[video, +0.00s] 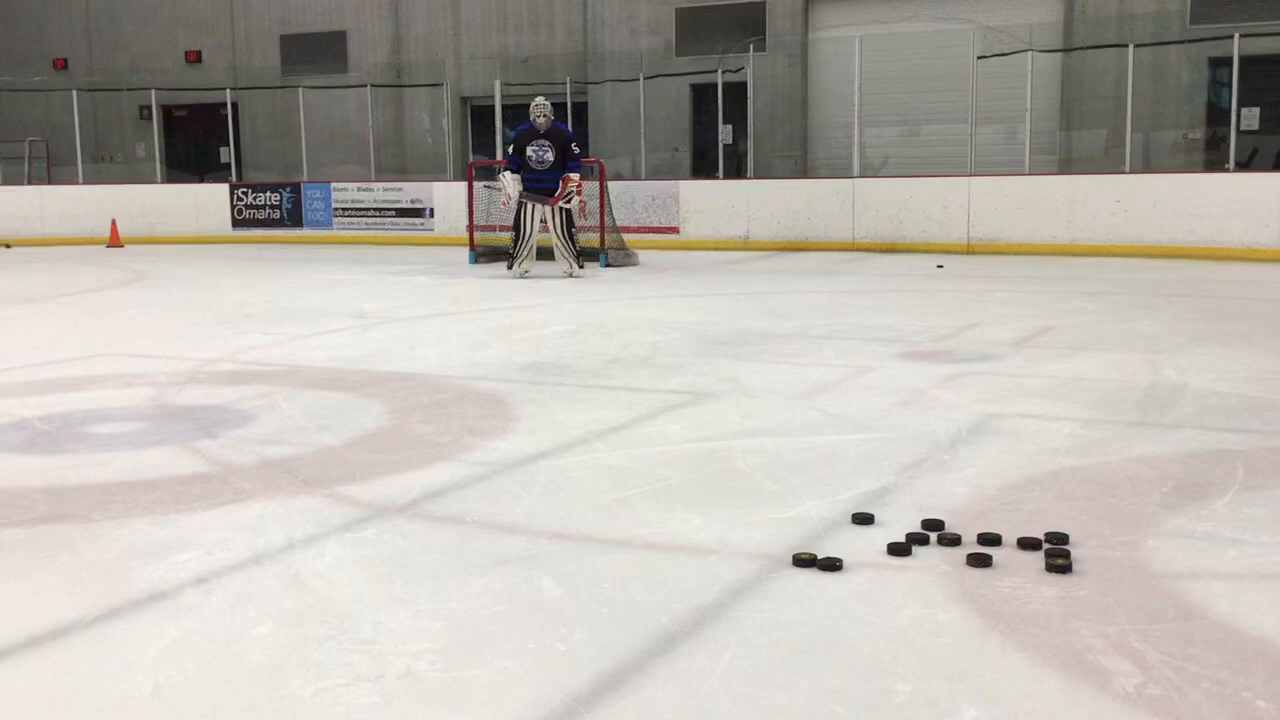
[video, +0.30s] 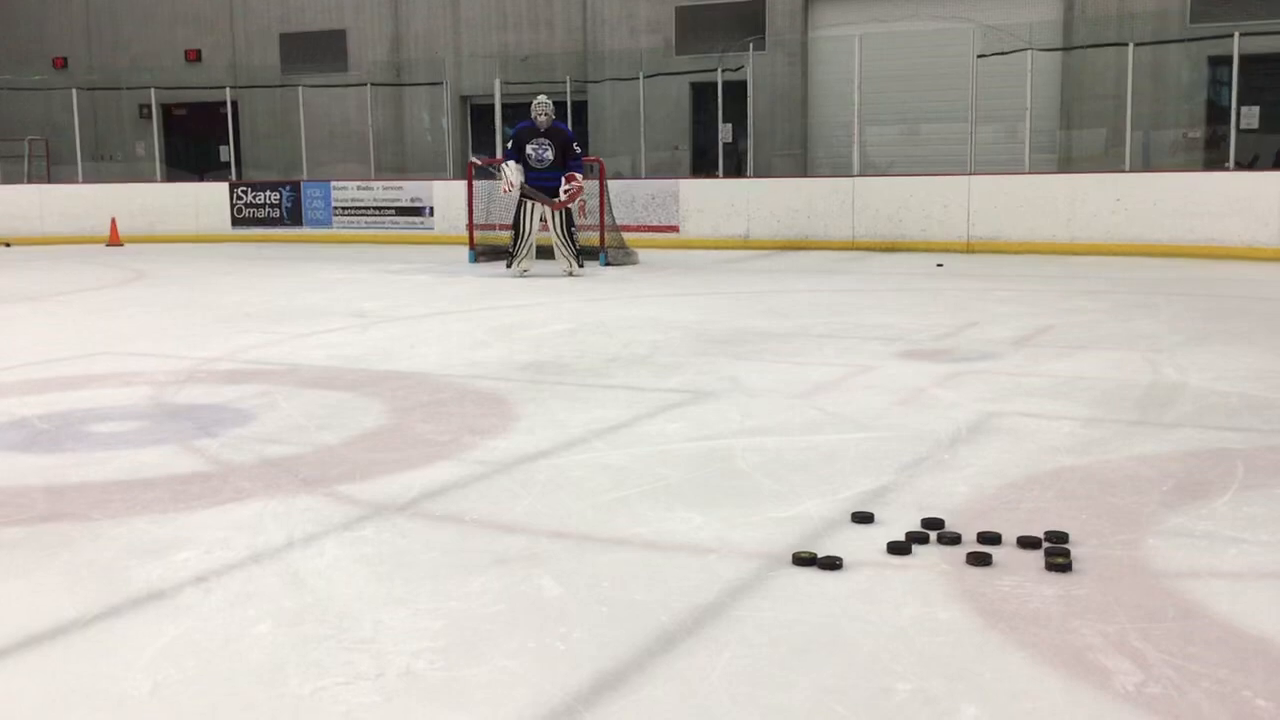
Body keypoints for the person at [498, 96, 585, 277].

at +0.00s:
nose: (541, 120)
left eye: (544, 116)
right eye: (537, 116)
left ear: (550, 116)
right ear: (531, 117)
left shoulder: (563, 134)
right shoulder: (522, 134)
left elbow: (574, 161)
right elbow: (513, 162)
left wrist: (571, 187)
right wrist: (511, 187)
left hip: (556, 193)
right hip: (529, 192)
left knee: (562, 232)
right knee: (524, 231)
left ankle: (572, 267)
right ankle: (520, 268)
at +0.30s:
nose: (542, 118)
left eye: (545, 114)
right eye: (538, 115)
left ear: (552, 115)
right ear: (533, 115)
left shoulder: (563, 133)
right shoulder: (522, 132)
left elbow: (575, 160)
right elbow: (510, 156)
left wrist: (574, 181)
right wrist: (510, 175)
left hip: (556, 191)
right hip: (529, 190)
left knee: (562, 230)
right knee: (523, 229)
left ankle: (572, 266)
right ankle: (520, 267)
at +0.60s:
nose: (546, 118)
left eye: (550, 114)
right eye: (543, 114)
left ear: (556, 115)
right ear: (537, 114)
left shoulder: (565, 133)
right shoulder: (526, 131)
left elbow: (576, 160)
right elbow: (516, 160)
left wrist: (576, 184)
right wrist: (514, 184)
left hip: (556, 190)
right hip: (530, 189)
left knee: (562, 228)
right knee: (523, 227)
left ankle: (573, 265)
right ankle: (520, 265)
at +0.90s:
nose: (549, 115)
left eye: (553, 111)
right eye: (546, 111)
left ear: (559, 113)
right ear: (539, 113)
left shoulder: (567, 134)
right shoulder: (528, 130)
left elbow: (577, 162)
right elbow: (514, 157)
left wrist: (578, 184)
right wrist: (510, 176)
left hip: (557, 190)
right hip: (530, 190)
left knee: (564, 229)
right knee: (523, 228)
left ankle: (575, 266)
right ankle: (519, 266)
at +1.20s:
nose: (550, 114)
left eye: (554, 110)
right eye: (547, 109)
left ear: (560, 113)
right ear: (540, 111)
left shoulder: (568, 134)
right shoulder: (527, 130)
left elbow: (577, 163)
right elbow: (516, 158)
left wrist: (576, 186)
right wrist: (518, 182)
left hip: (557, 191)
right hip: (531, 189)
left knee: (564, 229)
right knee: (525, 228)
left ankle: (575, 266)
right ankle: (519, 266)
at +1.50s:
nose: (547, 113)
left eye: (550, 109)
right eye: (543, 109)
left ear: (557, 111)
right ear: (538, 111)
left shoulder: (567, 133)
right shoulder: (527, 131)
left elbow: (577, 162)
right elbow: (516, 160)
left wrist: (577, 187)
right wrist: (519, 184)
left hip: (559, 191)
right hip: (532, 190)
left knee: (565, 229)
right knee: (525, 228)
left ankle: (576, 265)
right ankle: (520, 265)